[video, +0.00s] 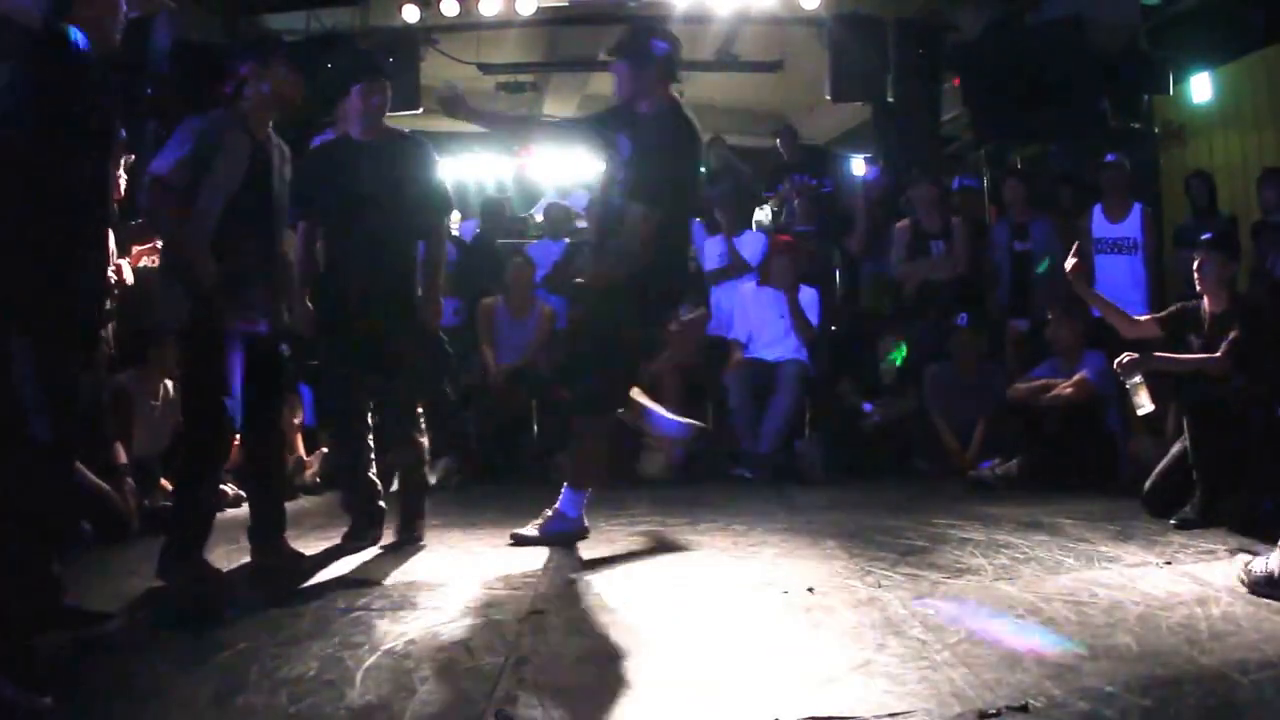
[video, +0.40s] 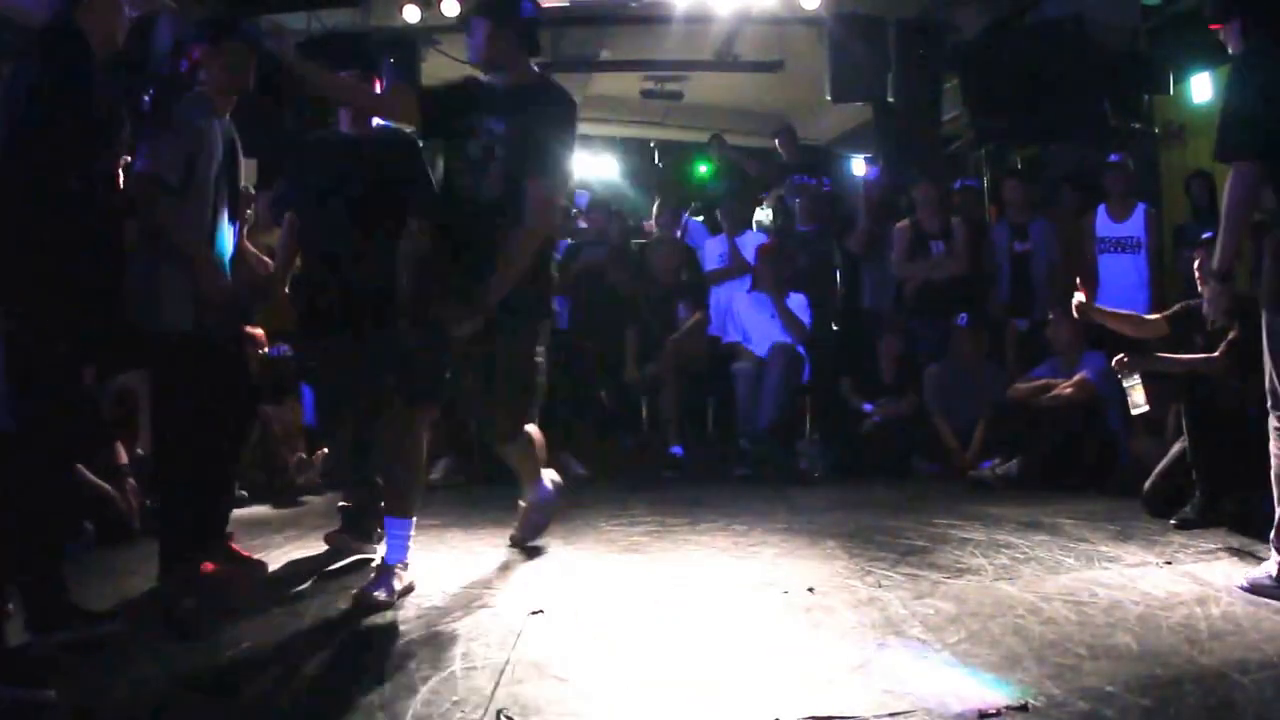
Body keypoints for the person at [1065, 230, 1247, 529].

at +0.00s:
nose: (1196, 268)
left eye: (1206, 261)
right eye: (1196, 260)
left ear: (1230, 268)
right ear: (1192, 265)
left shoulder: (1248, 315)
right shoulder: (1190, 314)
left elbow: (1221, 363)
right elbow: (1132, 329)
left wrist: (1149, 361)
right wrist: (1082, 287)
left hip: (1249, 426)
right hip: (1209, 424)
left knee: (1199, 399)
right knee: (1156, 498)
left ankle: (1207, 502)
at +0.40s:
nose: (1199, 274)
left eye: (1207, 267)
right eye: (1196, 267)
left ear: (1226, 272)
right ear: (1191, 271)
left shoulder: (1247, 313)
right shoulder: (1194, 311)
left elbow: (1220, 363)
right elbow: (1146, 327)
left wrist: (1147, 362)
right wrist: (1093, 313)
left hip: (1245, 425)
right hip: (1210, 426)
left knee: (1197, 391)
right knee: (1156, 497)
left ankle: (1206, 497)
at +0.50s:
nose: (1191, 272)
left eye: (1200, 266)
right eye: (1192, 265)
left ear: (1225, 273)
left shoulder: (1245, 316)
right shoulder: (1192, 314)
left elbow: (1220, 363)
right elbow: (1152, 337)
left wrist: (1148, 363)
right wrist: (1106, 341)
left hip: (1241, 429)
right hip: (1205, 430)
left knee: (1193, 383)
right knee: (1156, 497)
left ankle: (1206, 496)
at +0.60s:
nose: (1190, 271)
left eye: (1200, 264)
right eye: (1192, 265)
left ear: (1223, 272)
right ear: (1200, 278)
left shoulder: (1245, 316)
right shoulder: (1191, 317)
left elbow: (1221, 361)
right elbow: (1164, 348)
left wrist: (1146, 364)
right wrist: (1130, 364)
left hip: (1242, 428)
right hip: (1205, 429)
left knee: (1193, 384)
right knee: (1155, 497)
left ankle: (1205, 498)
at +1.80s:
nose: (1189, 271)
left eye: (1198, 264)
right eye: (1185, 265)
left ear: (1216, 269)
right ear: (1181, 272)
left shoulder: (1240, 314)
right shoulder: (1180, 325)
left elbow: (1218, 363)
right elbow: (1170, 387)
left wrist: (1146, 364)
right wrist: (1142, 396)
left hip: (1242, 427)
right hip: (1204, 429)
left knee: (1194, 388)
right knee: (1155, 498)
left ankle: (1205, 498)